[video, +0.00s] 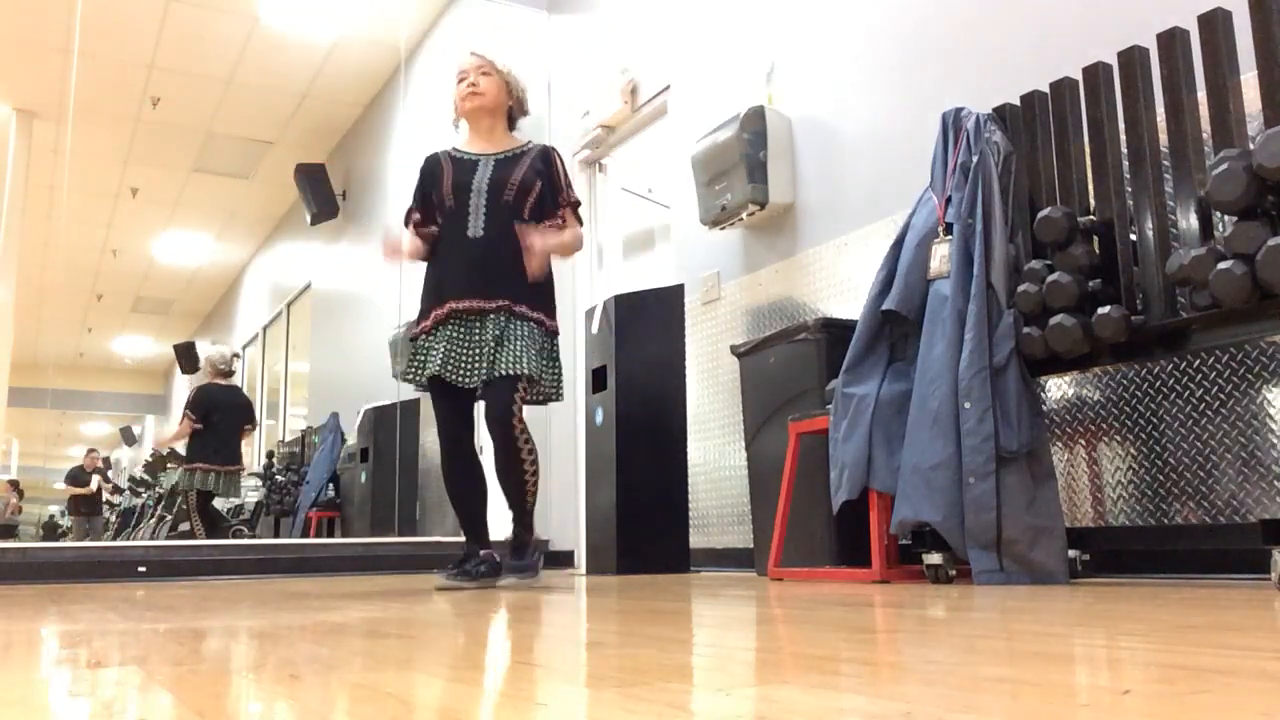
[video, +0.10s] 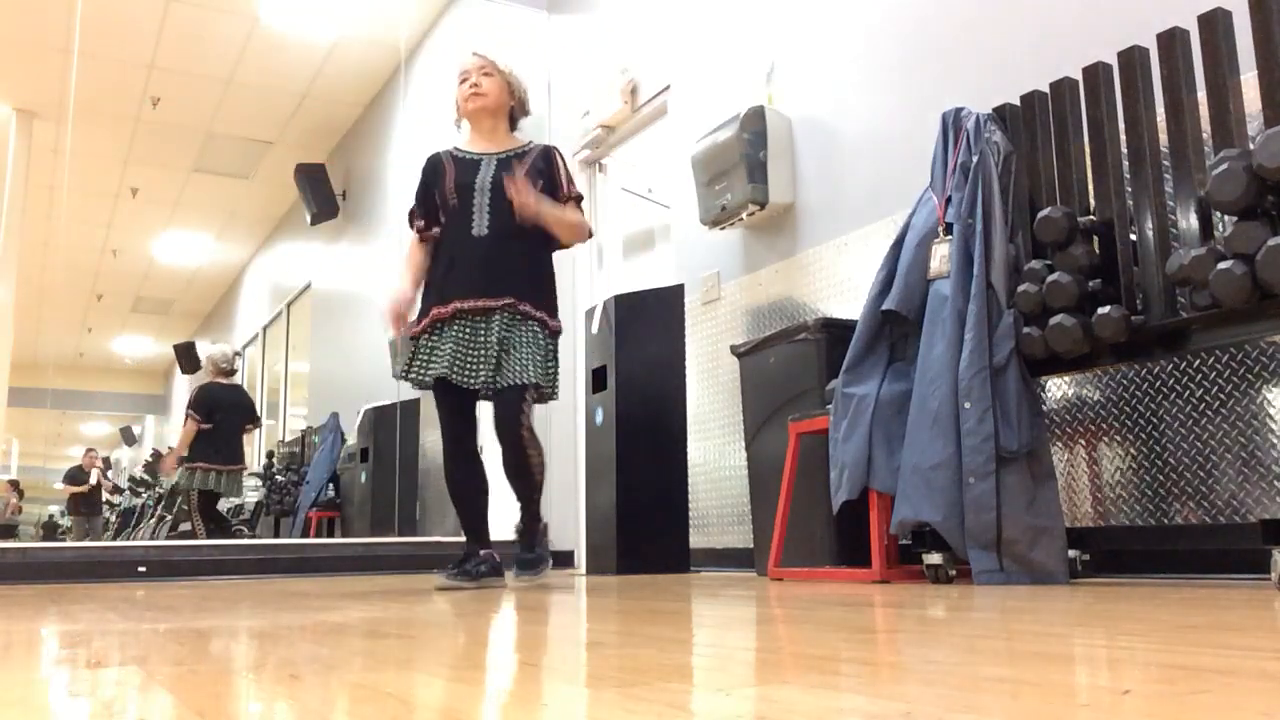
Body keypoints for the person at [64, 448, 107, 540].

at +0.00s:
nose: (95, 461)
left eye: (97, 459)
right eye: (92, 458)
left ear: (99, 460)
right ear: (85, 458)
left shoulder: (100, 472)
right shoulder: (74, 471)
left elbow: (110, 488)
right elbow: (66, 489)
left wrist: (101, 483)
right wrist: (84, 490)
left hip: (95, 512)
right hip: (78, 512)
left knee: (97, 539)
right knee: (78, 540)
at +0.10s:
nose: (93, 460)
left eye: (95, 458)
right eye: (90, 457)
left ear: (97, 459)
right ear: (83, 458)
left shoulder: (99, 471)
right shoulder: (73, 471)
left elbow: (109, 488)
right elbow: (65, 488)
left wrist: (100, 478)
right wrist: (81, 488)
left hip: (95, 512)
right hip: (78, 512)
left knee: (97, 540)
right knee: (78, 540)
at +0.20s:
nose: (92, 460)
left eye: (94, 458)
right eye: (89, 457)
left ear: (96, 459)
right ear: (82, 457)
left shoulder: (98, 471)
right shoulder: (73, 471)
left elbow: (109, 486)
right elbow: (61, 487)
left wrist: (100, 473)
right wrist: (76, 491)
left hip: (95, 512)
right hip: (78, 513)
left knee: (97, 541)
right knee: (78, 541)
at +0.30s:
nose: (90, 459)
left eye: (93, 457)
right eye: (88, 456)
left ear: (96, 459)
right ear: (81, 458)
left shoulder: (97, 471)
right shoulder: (72, 471)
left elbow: (108, 486)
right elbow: (59, 486)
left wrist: (98, 472)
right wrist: (68, 498)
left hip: (95, 511)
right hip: (78, 511)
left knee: (97, 541)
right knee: (77, 541)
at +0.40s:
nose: (90, 459)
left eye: (92, 457)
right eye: (87, 456)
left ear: (95, 459)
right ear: (81, 458)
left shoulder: (97, 471)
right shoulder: (71, 471)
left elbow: (108, 486)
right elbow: (60, 487)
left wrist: (98, 471)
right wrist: (65, 503)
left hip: (94, 512)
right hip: (77, 512)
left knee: (97, 540)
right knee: (77, 541)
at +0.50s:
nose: (89, 459)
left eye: (92, 457)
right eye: (86, 456)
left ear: (94, 459)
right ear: (80, 458)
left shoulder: (97, 471)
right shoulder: (71, 471)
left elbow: (107, 485)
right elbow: (61, 488)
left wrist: (96, 471)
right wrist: (61, 506)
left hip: (94, 511)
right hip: (76, 512)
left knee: (96, 540)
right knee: (77, 541)